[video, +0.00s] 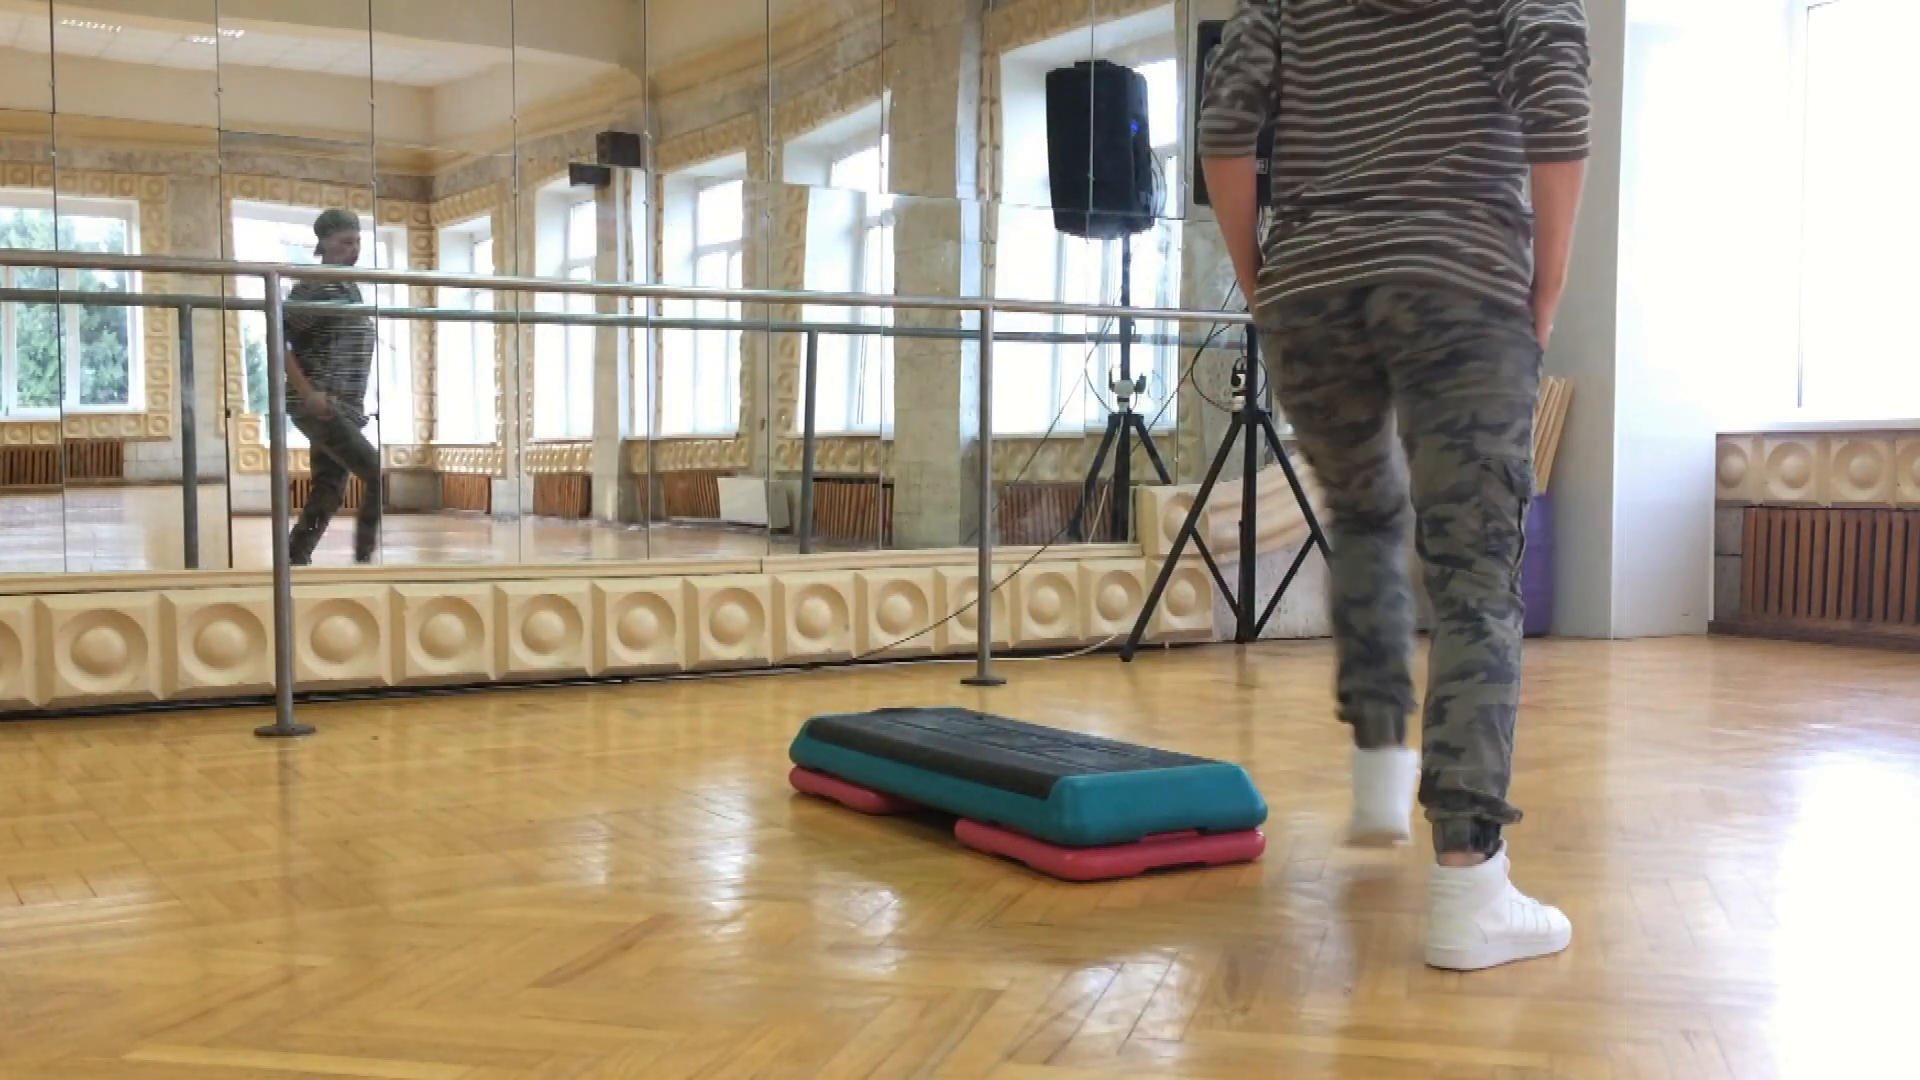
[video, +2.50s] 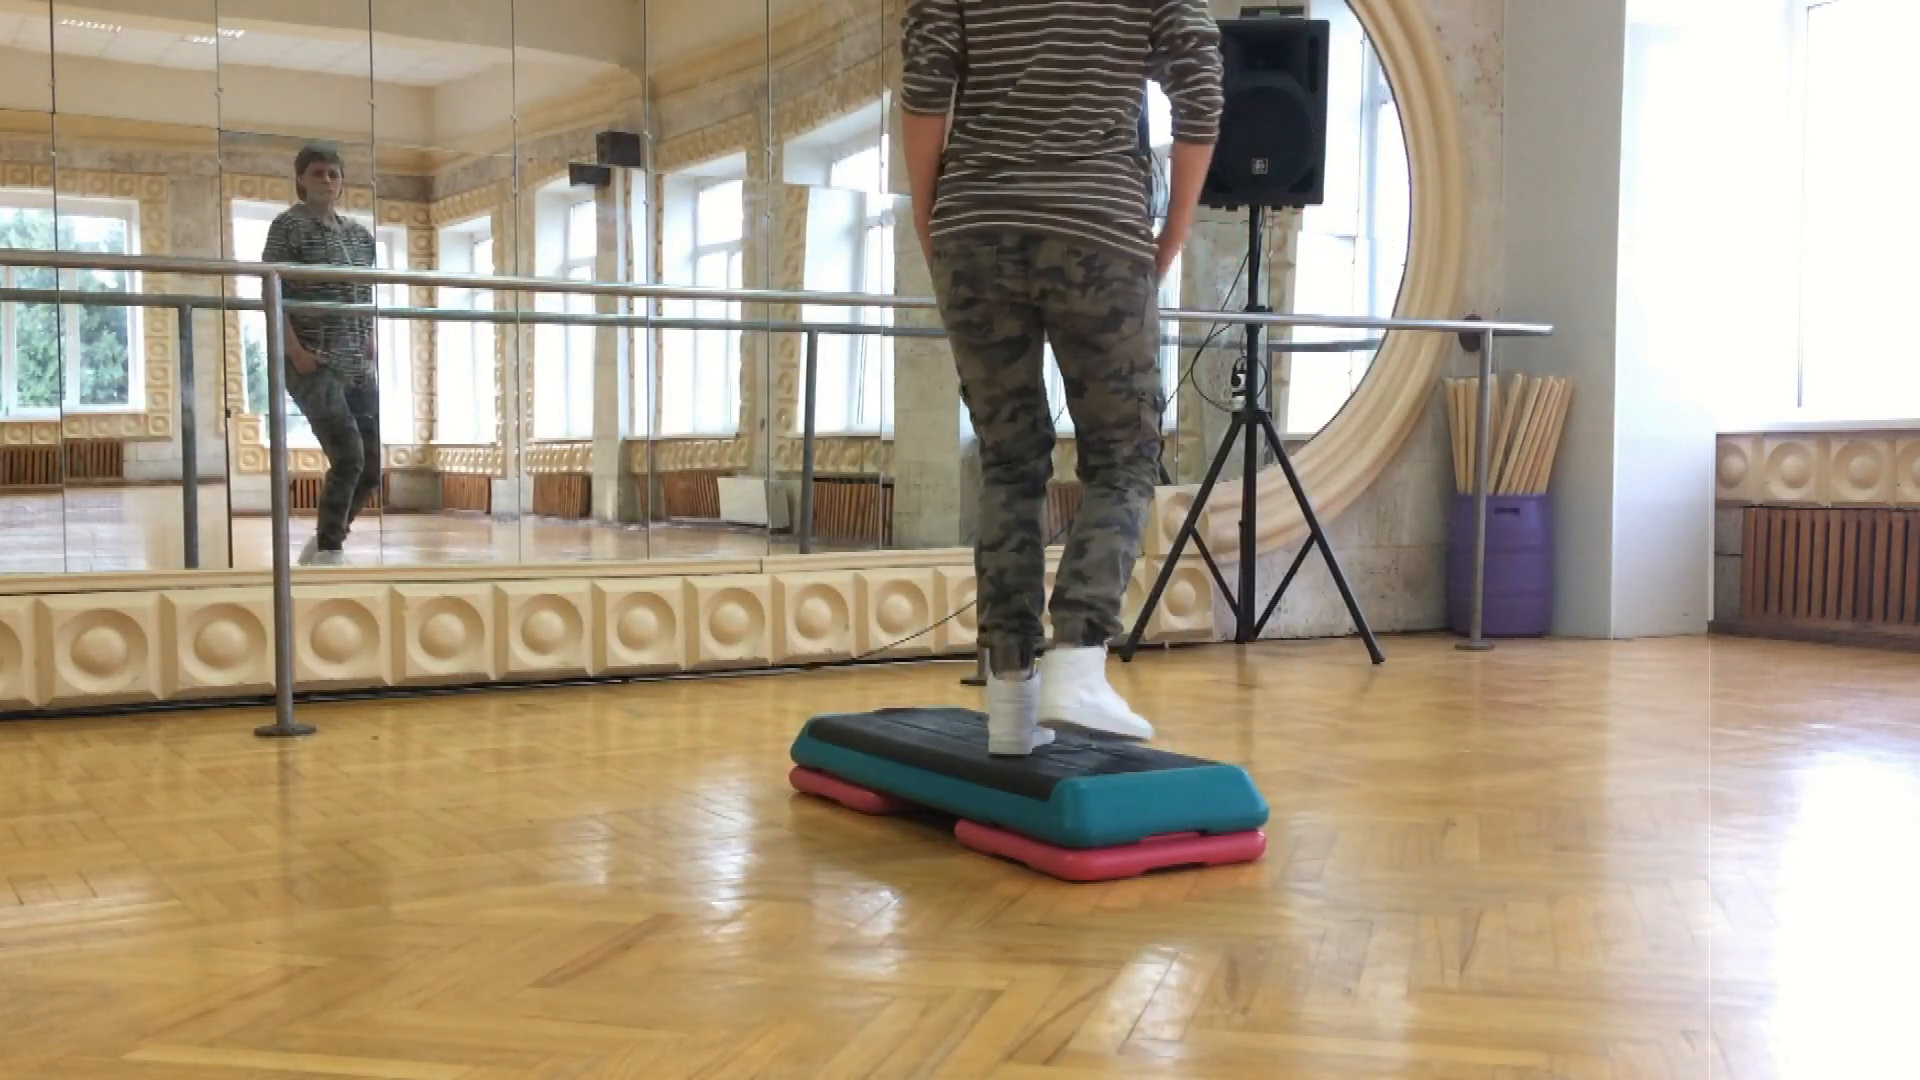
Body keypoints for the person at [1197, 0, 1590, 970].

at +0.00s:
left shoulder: (1276, 6)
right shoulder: (1523, 7)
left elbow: (1225, 133)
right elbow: (1556, 131)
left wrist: (1257, 280)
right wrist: (1546, 292)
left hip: (1302, 282)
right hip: (1457, 268)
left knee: (1361, 515)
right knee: (1472, 566)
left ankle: (1379, 769)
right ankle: (1469, 884)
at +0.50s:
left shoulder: (1180, 4)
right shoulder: (1360, 7)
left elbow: (1201, 107)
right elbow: (1443, 124)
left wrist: (1166, 294)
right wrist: (1370, 251)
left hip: (1248, 293)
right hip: (1358, 306)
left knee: (1222, 582)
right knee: (1193, 439)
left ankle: (1347, 849)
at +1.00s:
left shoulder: (1047, 6)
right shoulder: (1227, 10)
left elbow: (1071, 97)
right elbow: (1303, 142)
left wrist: (1042, 268)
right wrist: (1240, 268)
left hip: (1117, 272)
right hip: (1228, 289)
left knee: (977, 515)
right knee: (1126, 498)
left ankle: (857, 769)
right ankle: (1124, 743)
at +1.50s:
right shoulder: (1255, 2)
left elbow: (1007, 37)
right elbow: (1298, 55)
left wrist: (982, 188)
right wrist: (1236, 205)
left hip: (1042, 159)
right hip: (1171, 186)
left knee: (918, 384)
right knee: (1149, 460)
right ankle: (1086, 702)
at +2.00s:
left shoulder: (1024, 1)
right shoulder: (1235, 5)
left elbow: (996, 69)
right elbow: (1264, 86)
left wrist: (970, 207)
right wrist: (1221, 232)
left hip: (1017, 191)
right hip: (1146, 214)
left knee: (955, 429)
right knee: (1139, 483)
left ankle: (825, 435)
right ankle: (1079, 712)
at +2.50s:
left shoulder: (950, 4)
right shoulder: (1155, 4)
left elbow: (928, 78)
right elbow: (1199, 86)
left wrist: (927, 219)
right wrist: (1174, 234)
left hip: (969, 220)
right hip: (1095, 222)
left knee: (1010, 457)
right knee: (1120, 457)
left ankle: (1009, 699)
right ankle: (1076, 672)